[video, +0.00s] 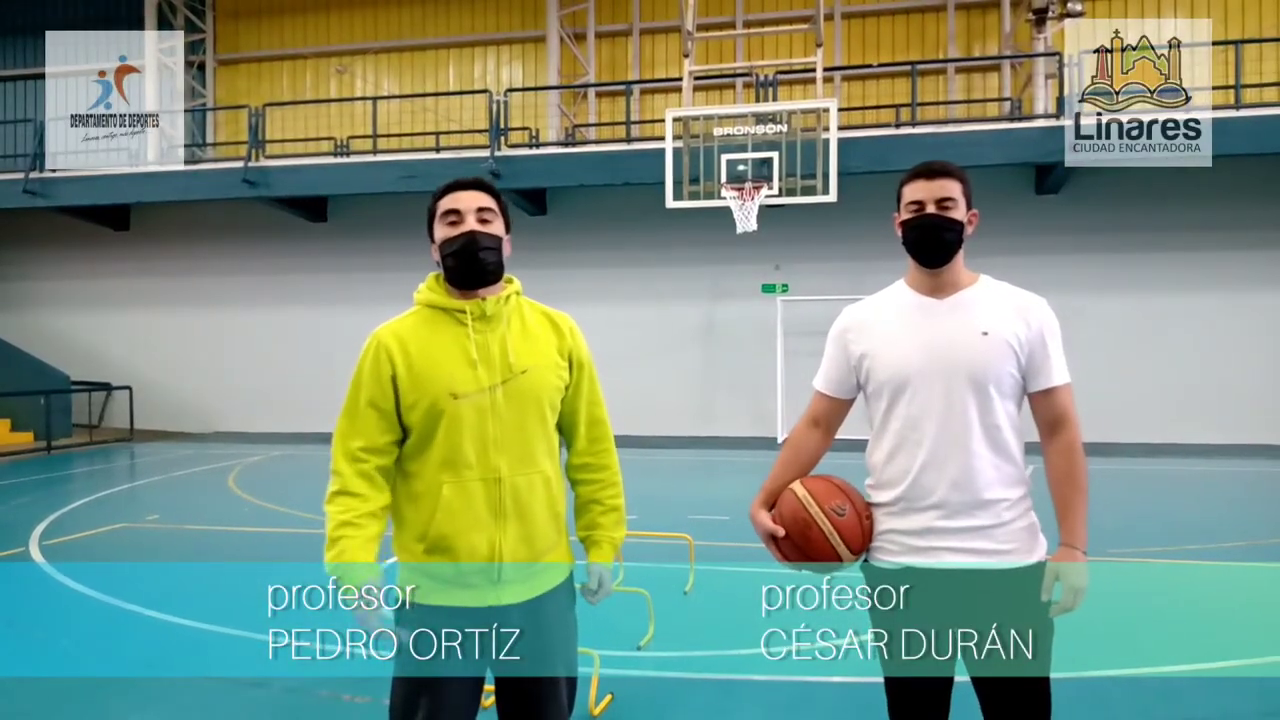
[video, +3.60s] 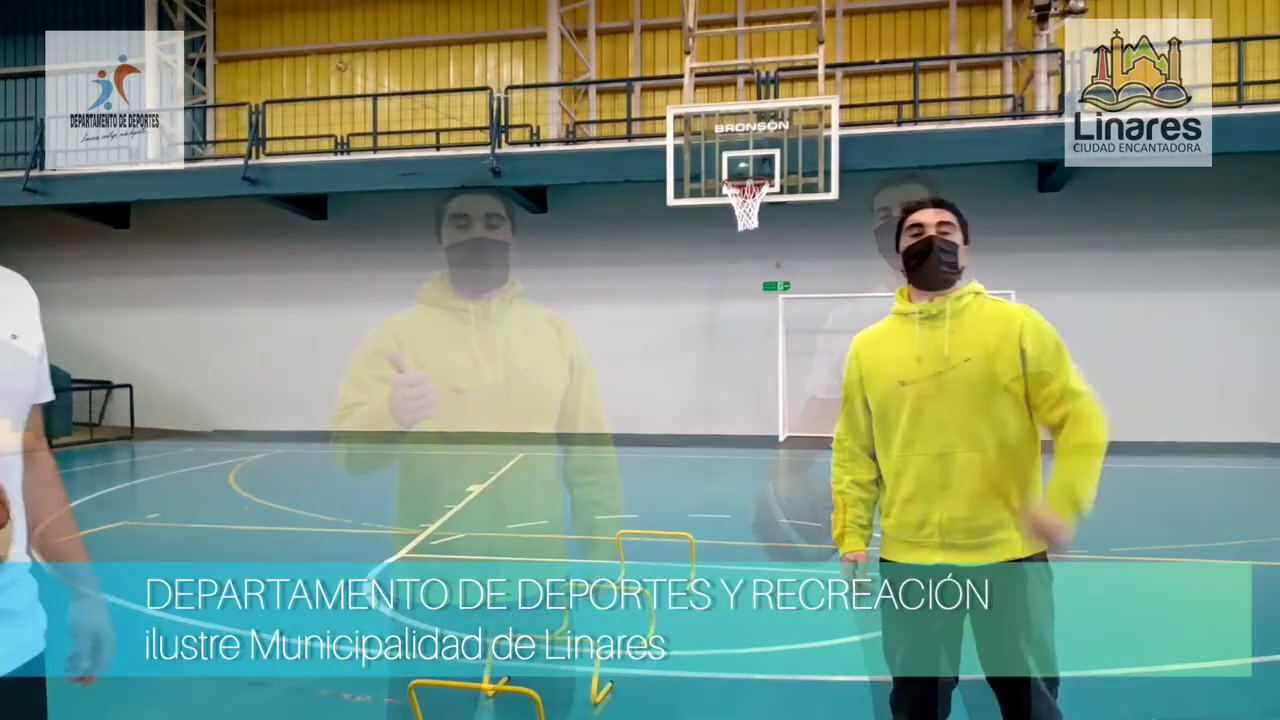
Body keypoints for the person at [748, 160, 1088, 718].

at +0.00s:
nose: (929, 217)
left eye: (945, 206)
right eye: (915, 208)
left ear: (971, 220)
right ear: (897, 226)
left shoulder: (1024, 315)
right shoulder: (860, 323)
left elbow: (1060, 432)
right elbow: (816, 425)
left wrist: (1072, 545)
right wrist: (761, 502)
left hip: (1005, 561)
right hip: (901, 562)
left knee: (1020, 710)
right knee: (914, 713)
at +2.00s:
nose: (931, 215)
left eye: (945, 204)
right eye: (916, 208)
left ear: (972, 220)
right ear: (898, 229)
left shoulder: (1026, 315)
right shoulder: (863, 324)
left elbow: (1062, 430)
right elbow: (818, 426)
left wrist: (1078, 542)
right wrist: (765, 505)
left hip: (1008, 559)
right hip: (906, 561)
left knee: (1022, 711)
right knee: (916, 712)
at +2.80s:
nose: (920, 215)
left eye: (935, 204)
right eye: (905, 210)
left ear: (964, 220)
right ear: (894, 232)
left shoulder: (1023, 313)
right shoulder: (860, 324)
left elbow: (1063, 423)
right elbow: (816, 425)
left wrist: (1060, 500)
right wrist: (763, 496)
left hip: (1001, 556)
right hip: (899, 557)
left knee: (1017, 709)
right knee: (911, 713)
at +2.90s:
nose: (915, 215)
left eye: (930, 204)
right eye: (901, 212)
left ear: (961, 219)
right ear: (891, 234)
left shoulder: (1021, 313)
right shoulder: (859, 324)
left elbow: (1066, 422)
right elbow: (815, 424)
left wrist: (1037, 435)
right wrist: (762, 494)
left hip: (998, 557)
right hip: (896, 557)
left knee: (1017, 710)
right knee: (909, 714)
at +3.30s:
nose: (900, 221)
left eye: (915, 209)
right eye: (887, 218)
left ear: (949, 222)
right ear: (880, 238)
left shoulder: (1003, 310)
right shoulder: (853, 324)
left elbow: (1053, 421)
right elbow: (812, 425)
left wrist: (1016, 348)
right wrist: (761, 489)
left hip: (983, 553)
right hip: (885, 554)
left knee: (1005, 710)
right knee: (902, 711)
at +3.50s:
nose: (946, 239)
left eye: (958, 230)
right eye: (929, 232)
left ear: (976, 250)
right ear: (910, 253)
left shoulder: (1020, 323)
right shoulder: (875, 344)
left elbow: (1102, 397)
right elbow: (855, 455)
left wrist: (1042, 406)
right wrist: (853, 544)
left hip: (1010, 547)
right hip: (915, 550)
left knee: (1022, 691)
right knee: (915, 696)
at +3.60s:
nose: (931, 236)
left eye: (945, 229)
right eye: (916, 230)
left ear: (965, 250)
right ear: (900, 257)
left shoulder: (1017, 327)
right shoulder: (870, 347)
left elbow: (1081, 419)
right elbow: (854, 453)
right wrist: (853, 535)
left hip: (1009, 553)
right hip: (912, 556)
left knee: (1029, 701)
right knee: (916, 702)